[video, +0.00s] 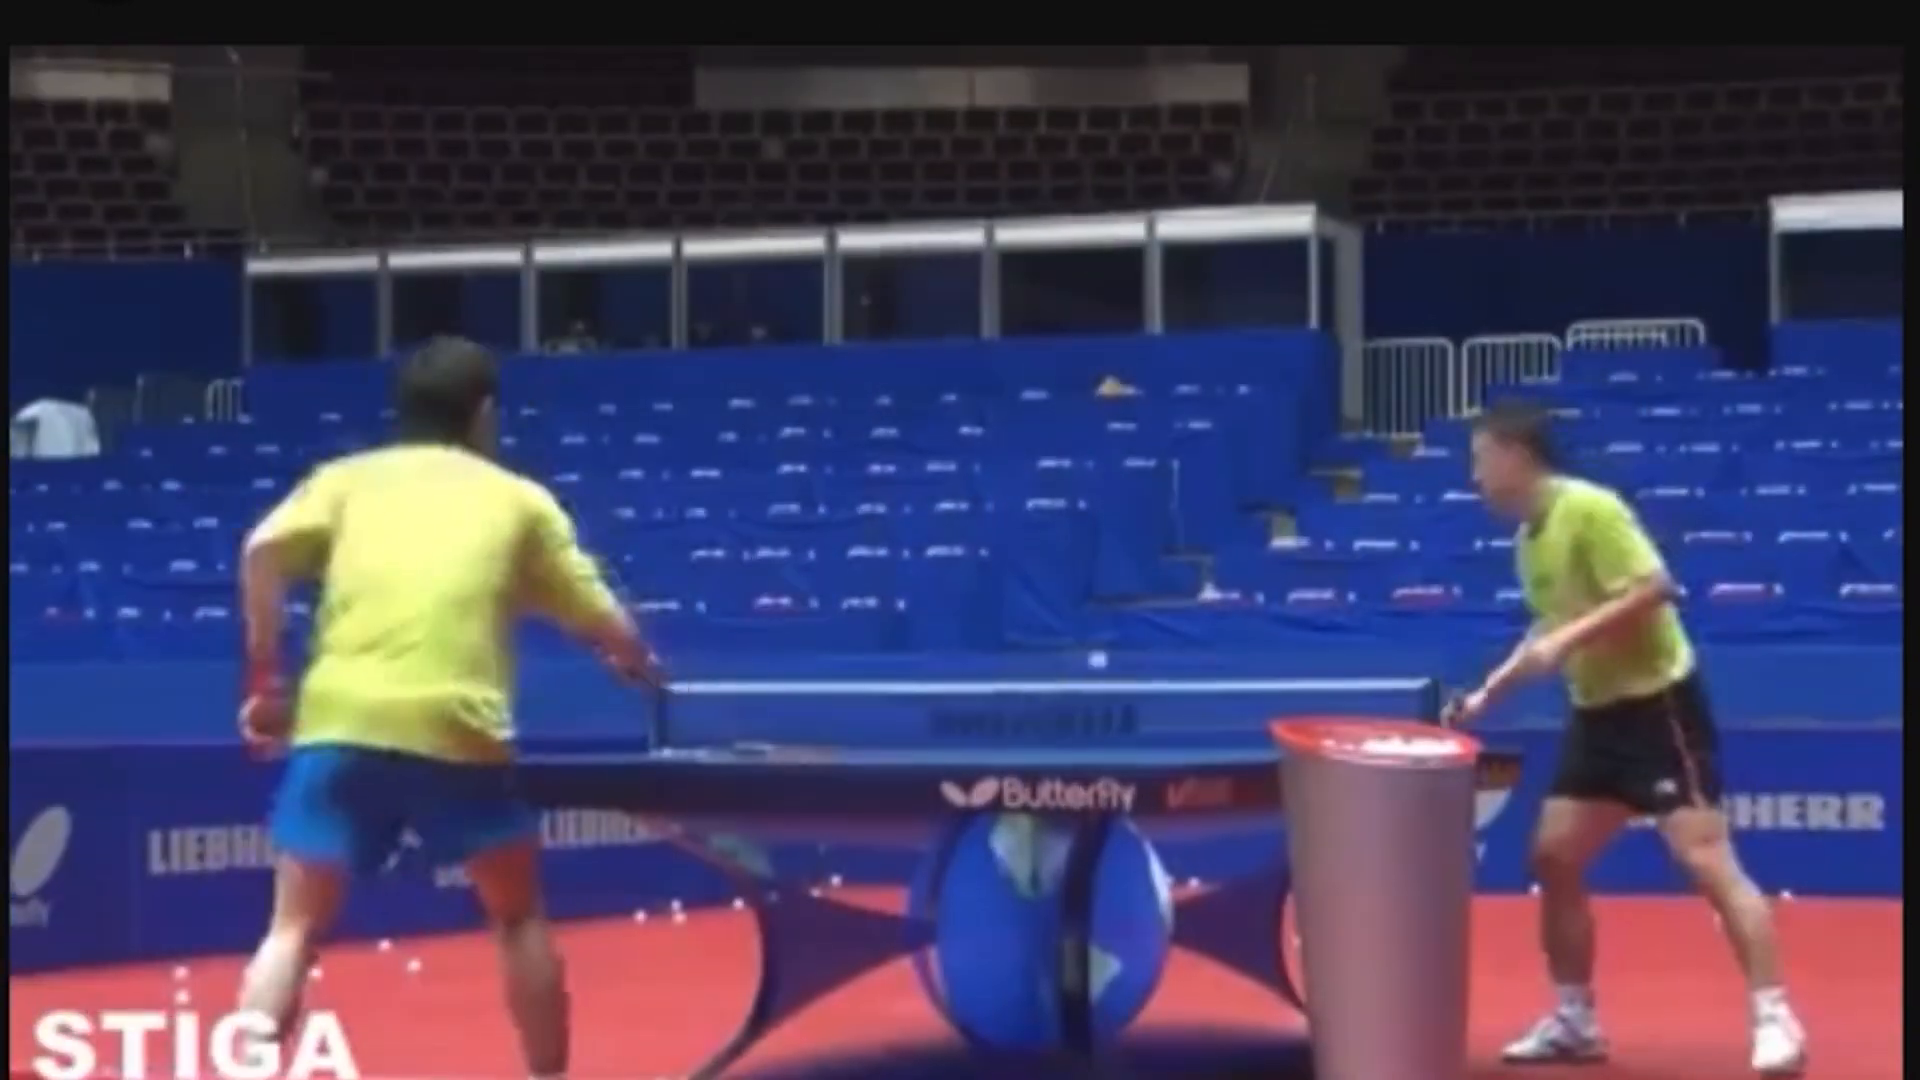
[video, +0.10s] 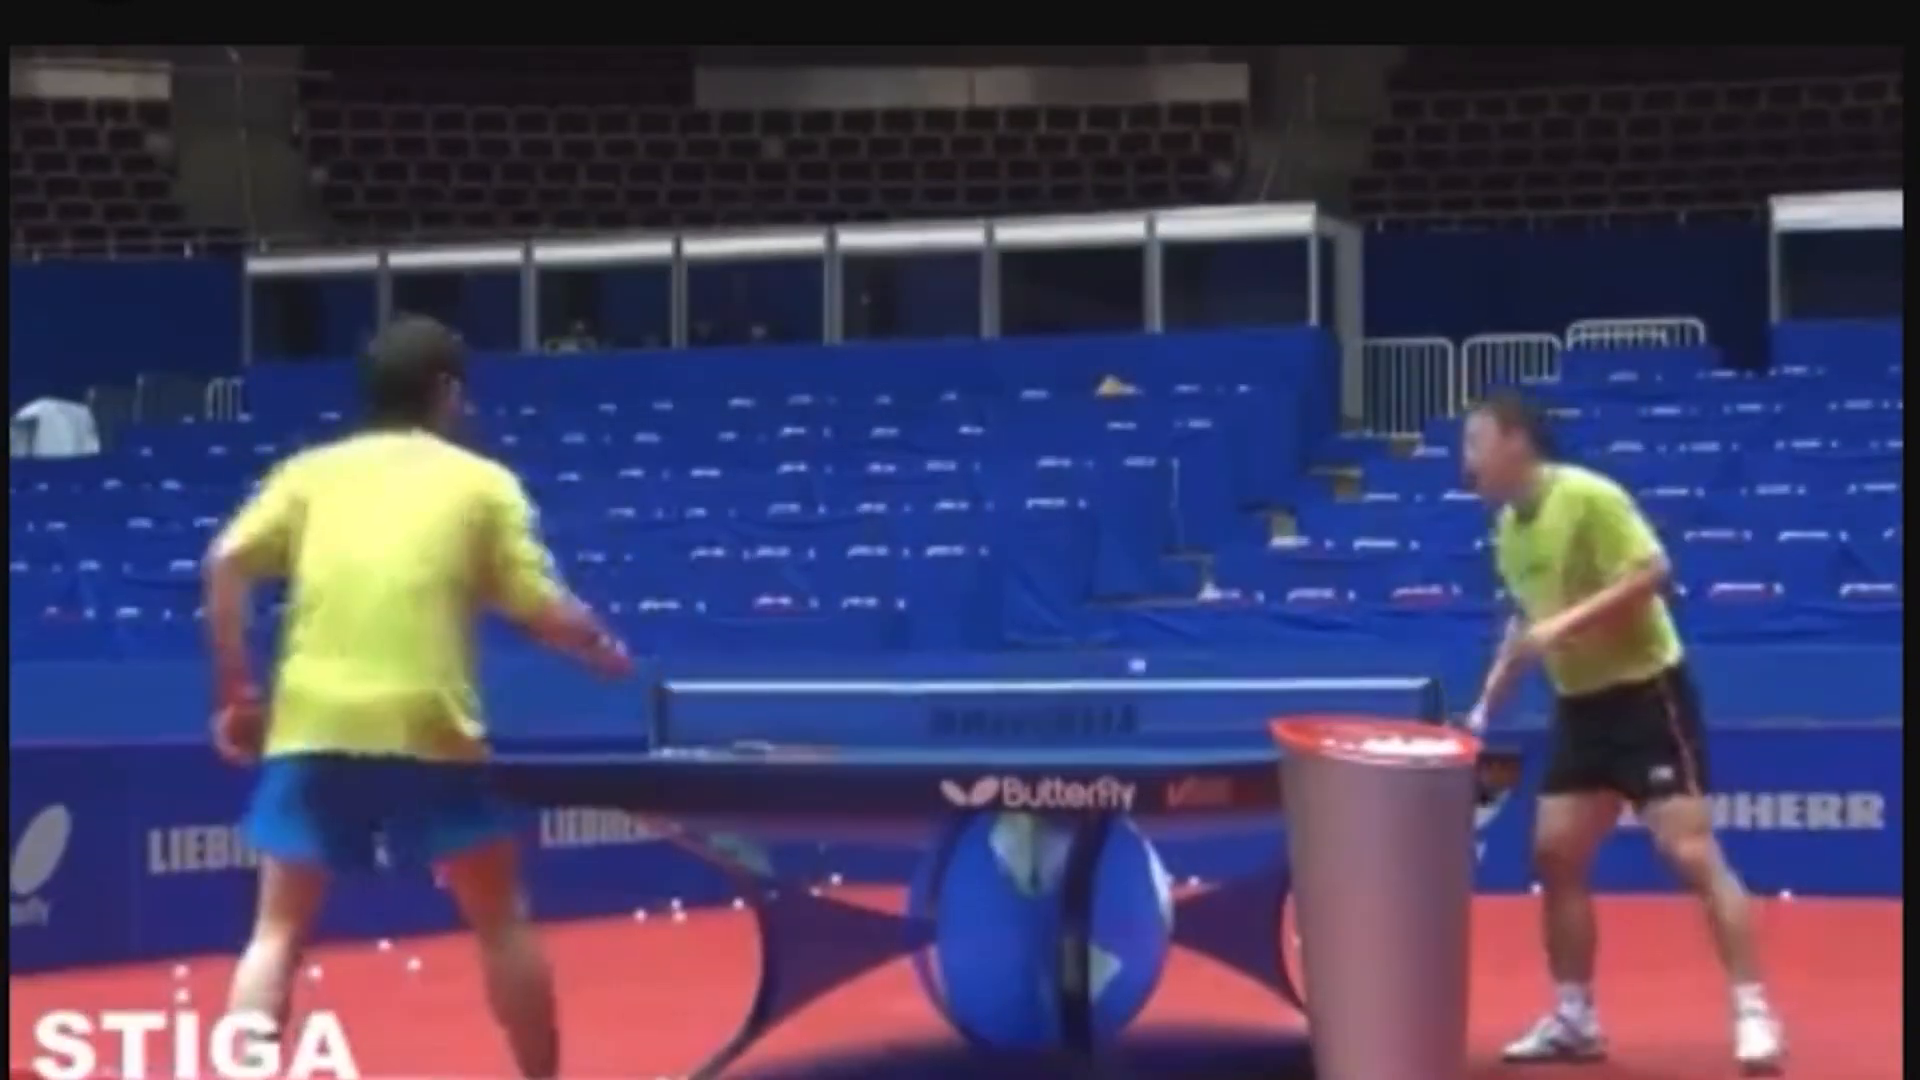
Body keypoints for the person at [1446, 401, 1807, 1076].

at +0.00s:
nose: (1476, 475)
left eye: (1484, 457)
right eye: (1475, 460)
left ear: (1522, 456)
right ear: (1510, 462)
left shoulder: (1590, 509)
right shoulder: (1530, 538)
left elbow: (1653, 585)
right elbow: (1550, 635)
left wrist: (1566, 638)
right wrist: (1486, 694)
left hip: (1661, 702)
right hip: (1599, 713)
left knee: (1705, 857)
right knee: (1555, 856)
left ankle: (1772, 1013)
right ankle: (1574, 1018)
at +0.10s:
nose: (1468, 462)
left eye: (1478, 444)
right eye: (1466, 447)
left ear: (1519, 443)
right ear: (1503, 451)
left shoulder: (1589, 497)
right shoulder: (1508, 527)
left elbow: (1650, 570)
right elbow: (1530, 623)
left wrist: (1563, 624)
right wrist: (1488, 704)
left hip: (1649, 689)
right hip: (1582, 702)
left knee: (1689, 849)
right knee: (1556, 853)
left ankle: (1751, 1005)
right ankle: (1574, 1016)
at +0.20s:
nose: (1473, 439)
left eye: (1485, 424)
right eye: (1471, 427)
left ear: (1529, 426)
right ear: (1486, 439)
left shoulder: (1596, 481)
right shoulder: (1497, 521)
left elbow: (1654, 556)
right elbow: (1506, 620)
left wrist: (1567, 608)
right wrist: (1489, 712)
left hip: (1637, 677)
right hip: (1566, 691)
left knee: (1669, 849)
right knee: (1561, 850)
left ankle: (1715, 999)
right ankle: (1574, 1012)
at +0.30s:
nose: (1485, 430)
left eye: (1497, 414)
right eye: (1480, 420)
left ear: (1541, 417)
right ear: (1486, 438)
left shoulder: (1609, 478)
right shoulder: (1496, 519)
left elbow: (1664, 554)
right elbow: (1497, 619)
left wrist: (1579, 590)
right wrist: (1487, 712)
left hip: (1629, 678)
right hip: (1553, 690)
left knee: (1656, 851)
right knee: (1563, 852)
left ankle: (1680, 995)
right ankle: (1573, 1010)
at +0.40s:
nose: (1499, 427)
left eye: (1513, 412)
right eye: (1496, 417)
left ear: (1555, 418)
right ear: (1499, 433)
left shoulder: (1619, 481)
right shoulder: (1501, 517)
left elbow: (1669, 561)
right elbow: (1496, 618)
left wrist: (1588, 587)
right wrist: (1480, 707)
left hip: (1627, 684)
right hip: (1548, 692)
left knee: (1645, 860)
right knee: (1560, 856)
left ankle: (1639, 970)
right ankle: (1572, 1009)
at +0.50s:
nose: (1514, 429)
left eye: (1529, 415)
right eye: (1510, 418)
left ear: (1572, 422)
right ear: (1511, 436)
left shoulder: (1630, 488)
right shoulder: (1508, 518)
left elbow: (1674, 571)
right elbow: (1495, 620)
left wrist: (1597, 590)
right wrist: (1469, 712)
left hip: (1625, 689)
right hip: (1547, 696)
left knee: (1635, 857)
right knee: (1556, 856)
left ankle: (1626, 983)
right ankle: (1570, 1008)